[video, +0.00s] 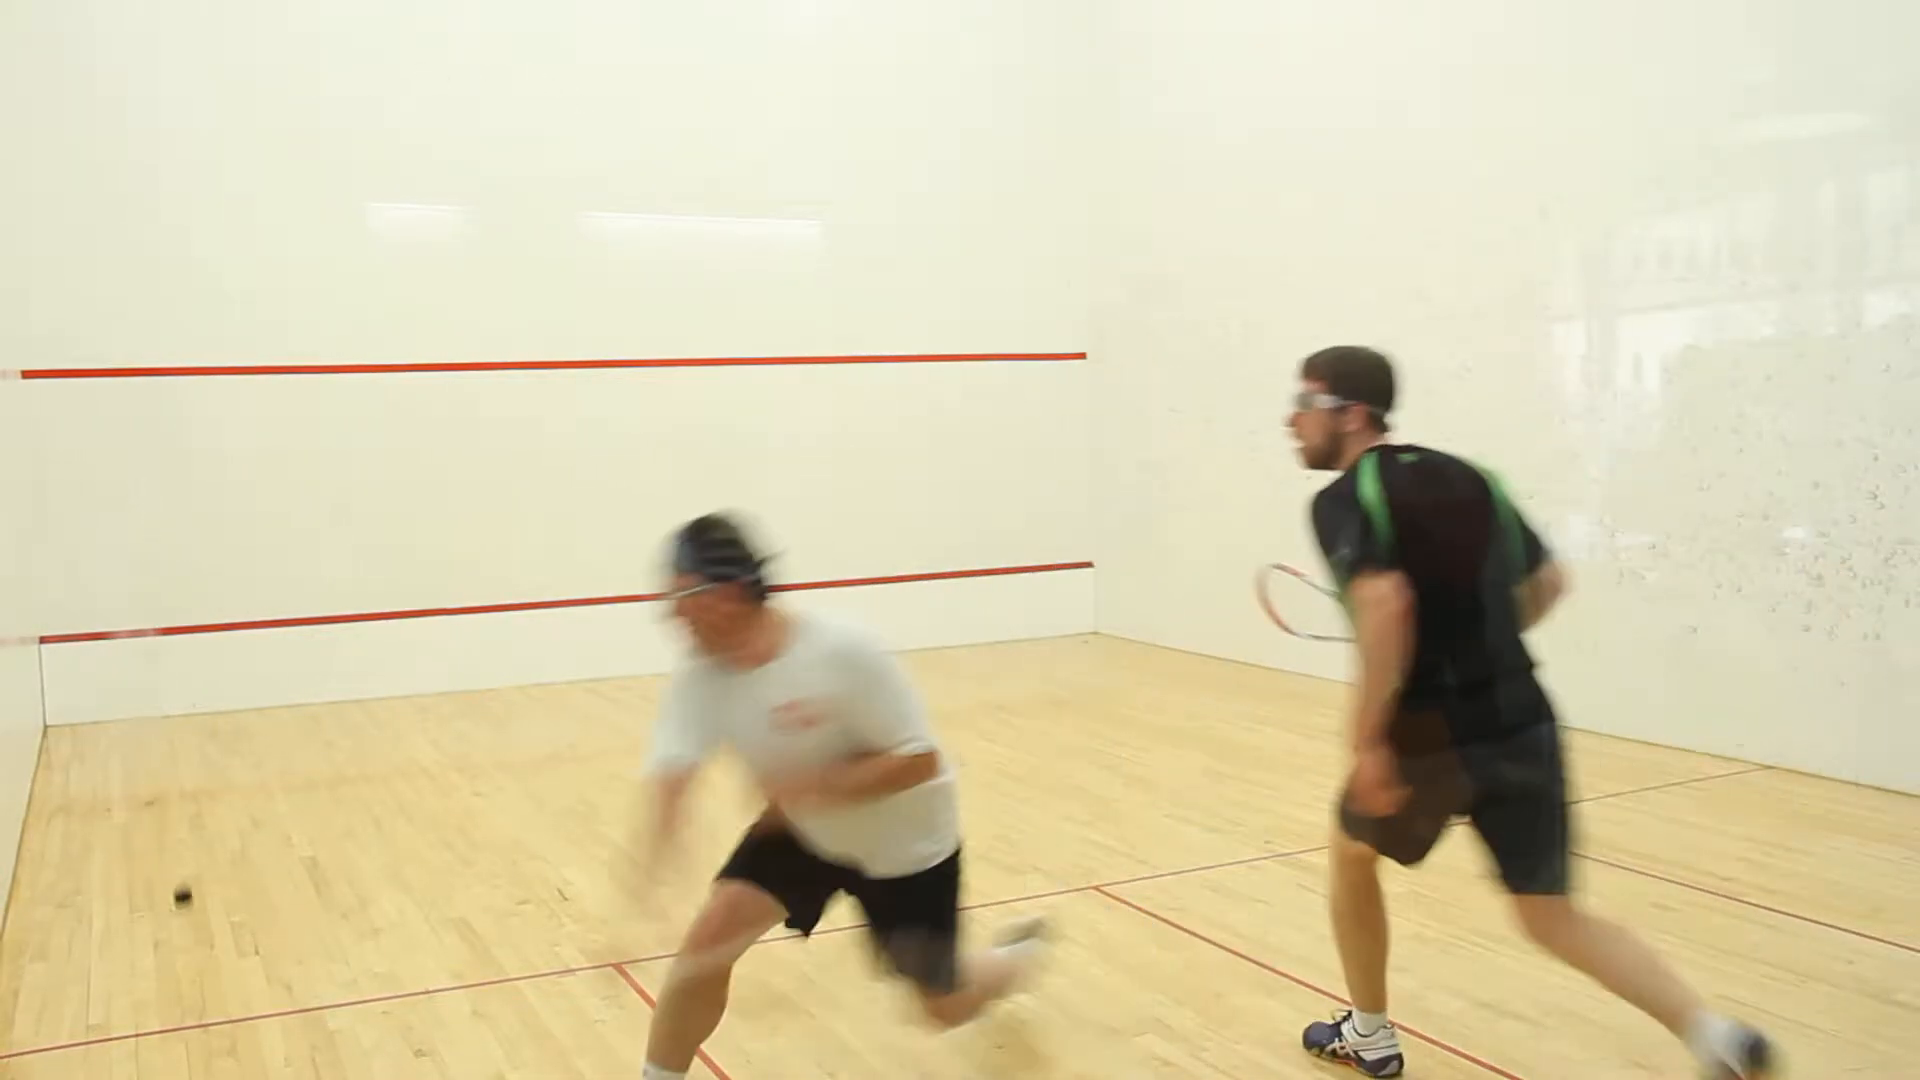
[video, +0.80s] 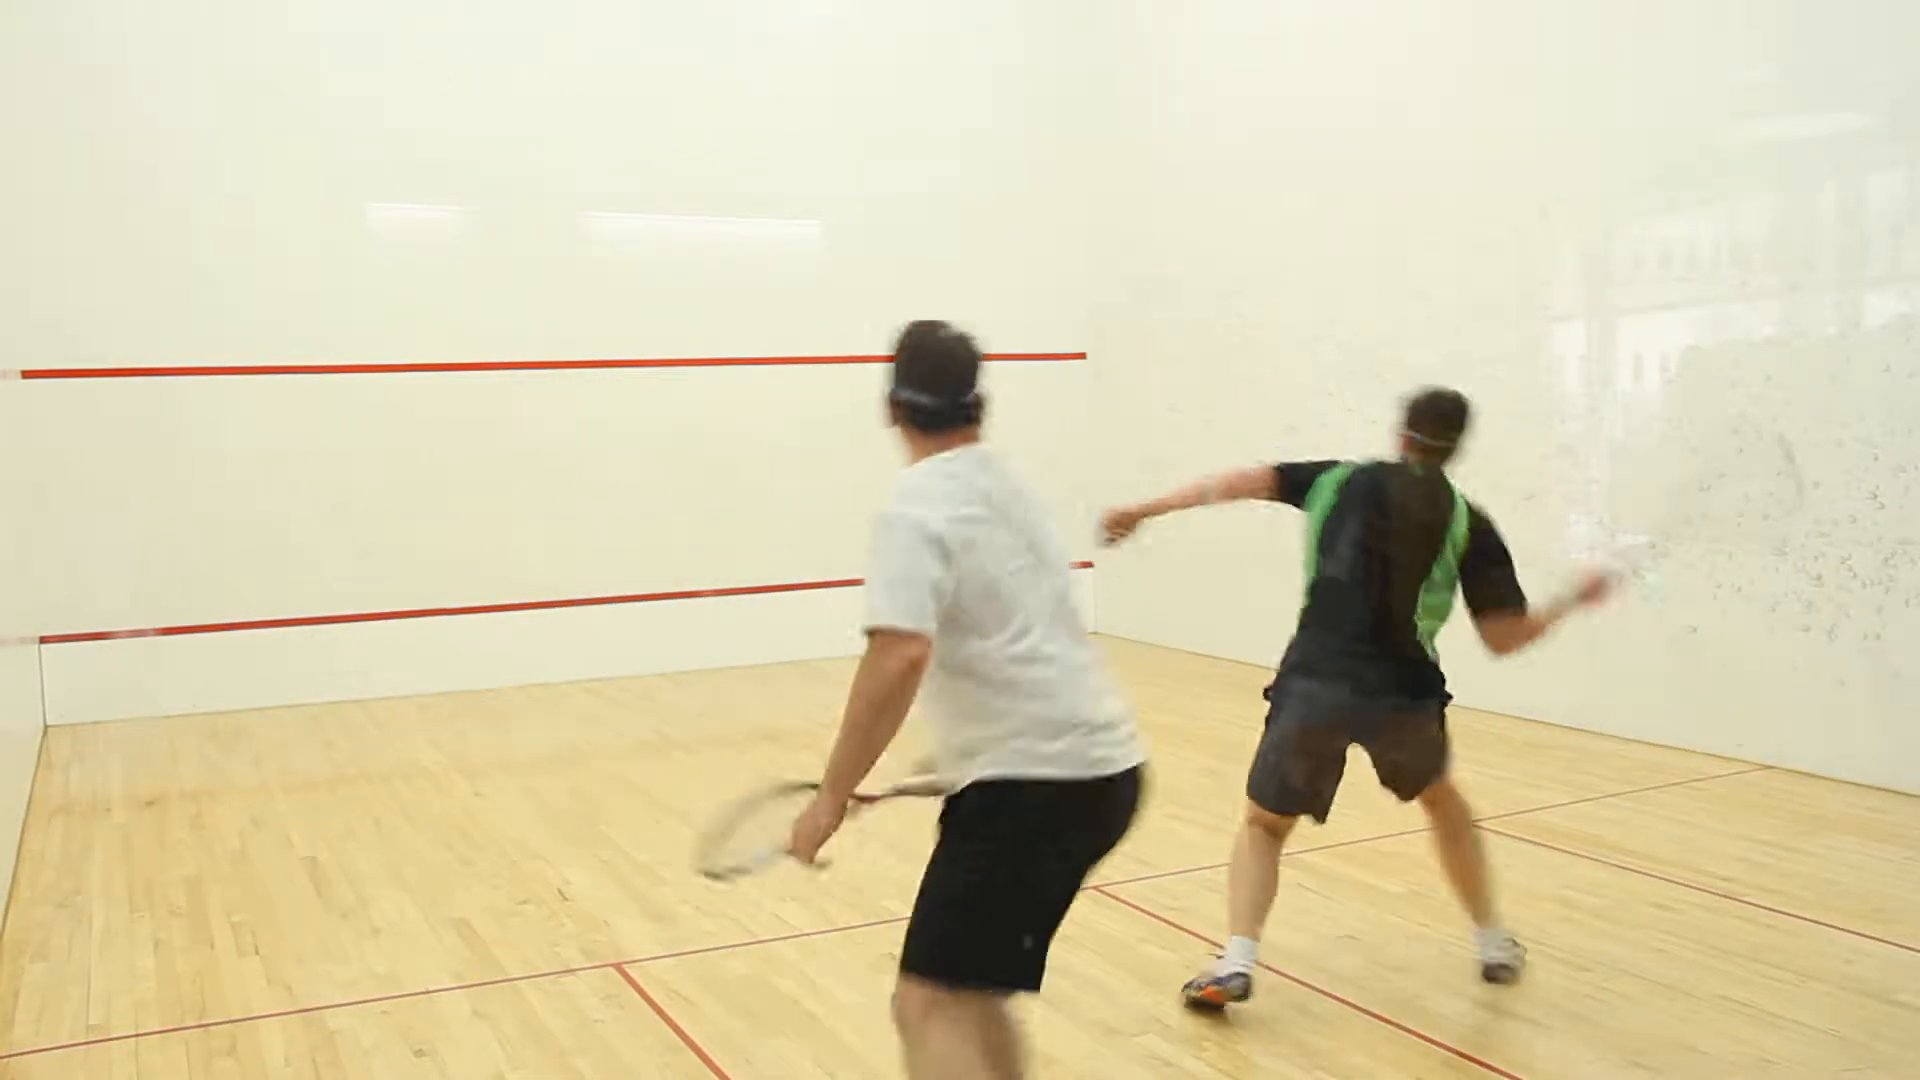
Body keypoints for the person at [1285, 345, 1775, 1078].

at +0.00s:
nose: (1291, 421)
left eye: (1304, 405)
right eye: (1295, 403)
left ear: (1352, 415)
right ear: (1369, 416)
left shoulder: (1345, 498)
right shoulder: (1466, 476)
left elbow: (1385, 602)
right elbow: (1544, 579)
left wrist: (1369, 741)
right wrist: (1469, 645)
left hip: (1428, 738)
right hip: (1516, 727)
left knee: (1352, 851)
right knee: (1549, 913)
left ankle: (1368, 1029)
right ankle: (1715, 1037)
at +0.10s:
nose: (1252, 401)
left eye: (1264, 388)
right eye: (1256, 386)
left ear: (1310, 399)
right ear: (1323, 400)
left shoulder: (1303, 485)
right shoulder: (1421, 461)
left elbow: (1322, 604)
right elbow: (1489, 563)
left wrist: (1277, 716)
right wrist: (1415, 619)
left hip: (1390, 711)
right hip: (1474, 701)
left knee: (1322, 843)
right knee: (1460, 864)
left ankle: (1365, 1025)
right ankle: (1613, 989)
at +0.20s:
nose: (1225, 373)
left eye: (1237, 360)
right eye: (1229, 359)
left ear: (1278, 371)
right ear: (1296, 372)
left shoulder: (1275, 451)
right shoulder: (1392, 434)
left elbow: (1295, 564)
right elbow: (1454, 538)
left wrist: (1238, 664)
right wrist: (1384, 586)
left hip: (1351, 682)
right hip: (1439, 670)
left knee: (1271, 803)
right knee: (1420, 814)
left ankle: (1322, 978)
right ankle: (1521, 973)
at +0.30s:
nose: (1212, 379)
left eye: (1217, 368)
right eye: (1216, 367)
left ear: (1239, 377)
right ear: (1284, 378)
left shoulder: (1247, 452)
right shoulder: (1359, 442)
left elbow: (1270, 563)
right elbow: (1419, 551)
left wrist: (1212, 656)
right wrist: (1348, 599)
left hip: (1322, 678)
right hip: (1409, 668)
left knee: (1228, 807)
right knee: (1396, 800)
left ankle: (1229, 984)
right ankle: (1443, 957)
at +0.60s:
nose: (1267, 425)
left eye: (1269, 415)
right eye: (1274, 415)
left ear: (1277, 422)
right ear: (1330, 426)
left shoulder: (1263, 498)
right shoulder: (1386, 496)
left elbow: (1190, 589)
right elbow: (1427, 610)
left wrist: (1162, 634)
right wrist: (1369, 643)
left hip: (1319, 702)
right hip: (1403, 701)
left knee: (1220, 819)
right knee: (1348, 790)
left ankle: (1185, 971)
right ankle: (1365, 921)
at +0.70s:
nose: (1331, 411)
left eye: (1333, 402)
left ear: (1339, 406)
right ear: (1394, 412)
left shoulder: (1294, 466)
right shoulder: (1437, 486)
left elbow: (1192, 495)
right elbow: (1474, 602)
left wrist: (1138, 543)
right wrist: (1471, 564)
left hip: (1314, 684)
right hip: (1405, 687)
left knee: (1257, 818)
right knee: (1393, 784)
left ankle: (1244, 964)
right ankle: (1402, 917)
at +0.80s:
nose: (1414, 438)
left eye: (1410, 429)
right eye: (1435, 435)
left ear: (1402, 433)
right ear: (1457, 447)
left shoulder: (1339, 480)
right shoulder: (1469, 524)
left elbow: (1235, 484)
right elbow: (1503, 635)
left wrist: (1140, 510)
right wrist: (1576, 599)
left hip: (1313, 691)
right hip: (1403, 702)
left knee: (1265, 825)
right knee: (1441, 798)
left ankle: (1237, 960)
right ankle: (1493, 942)